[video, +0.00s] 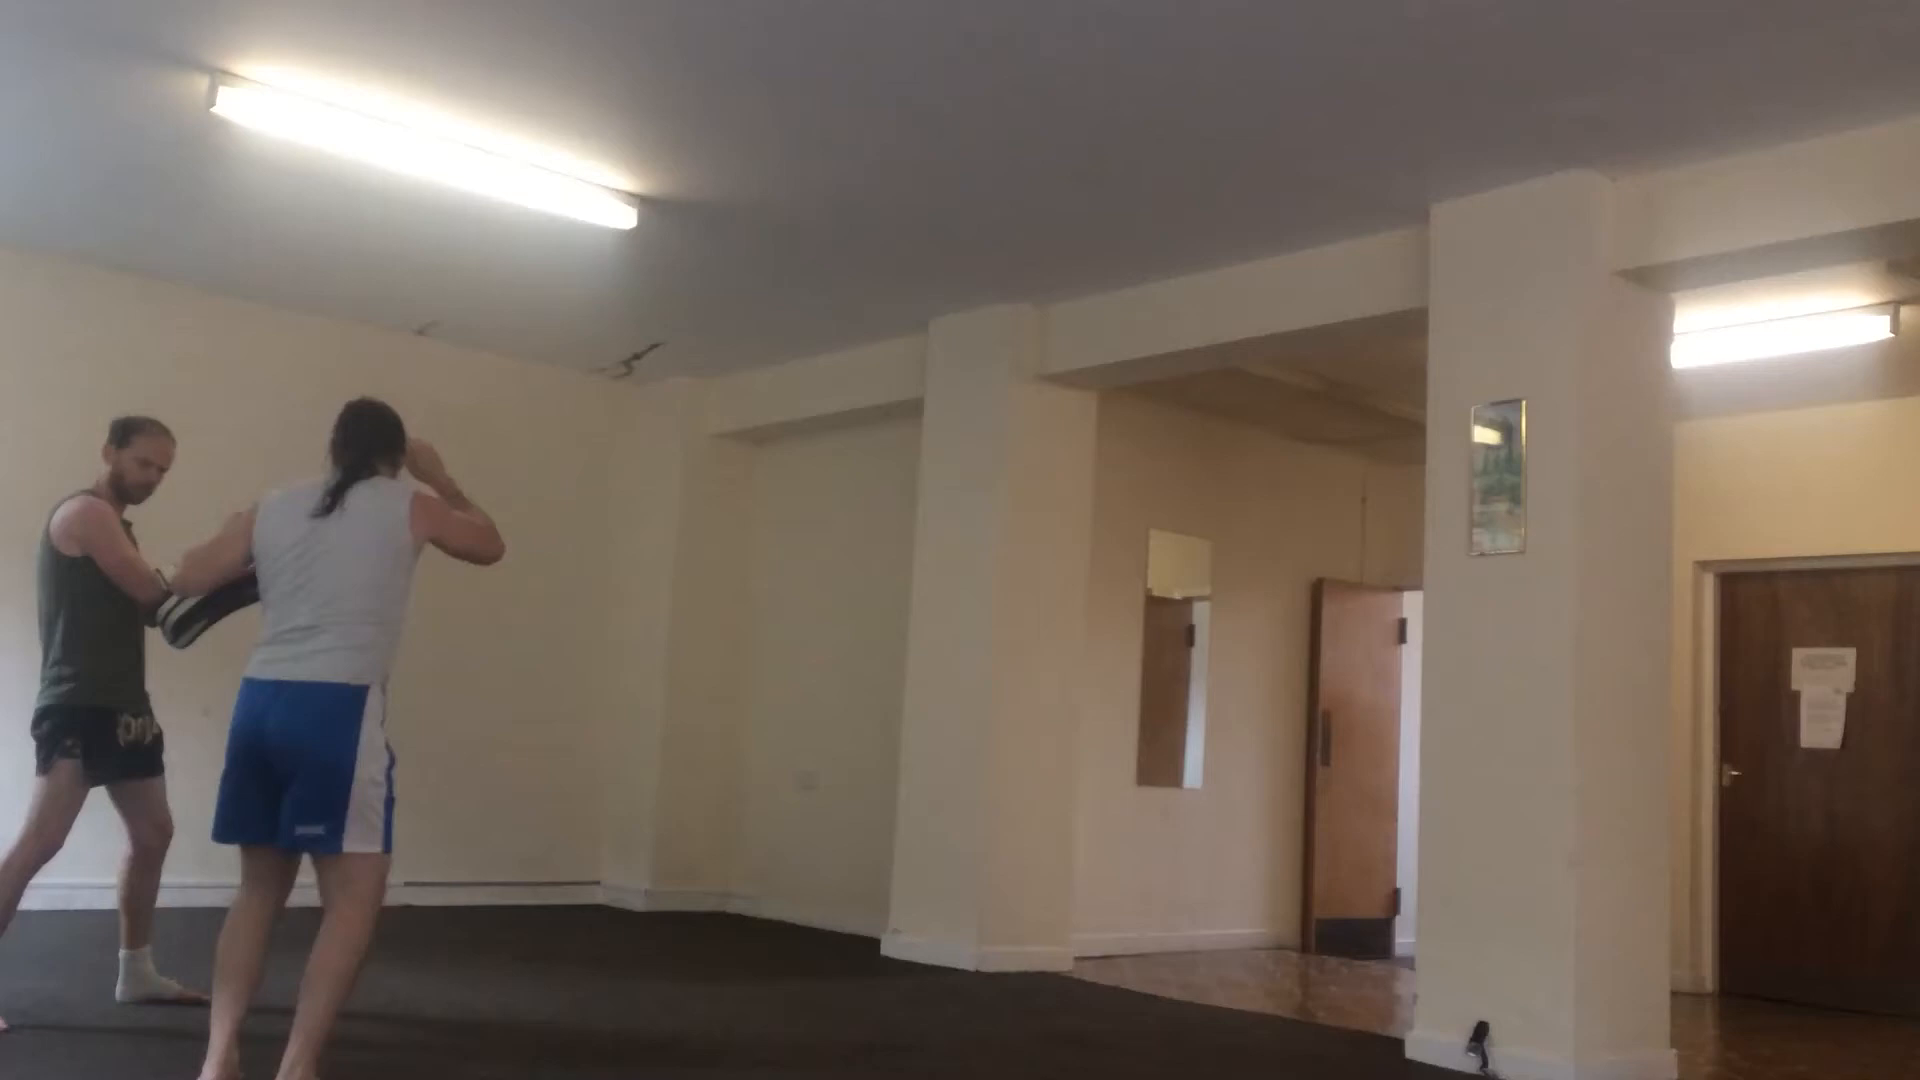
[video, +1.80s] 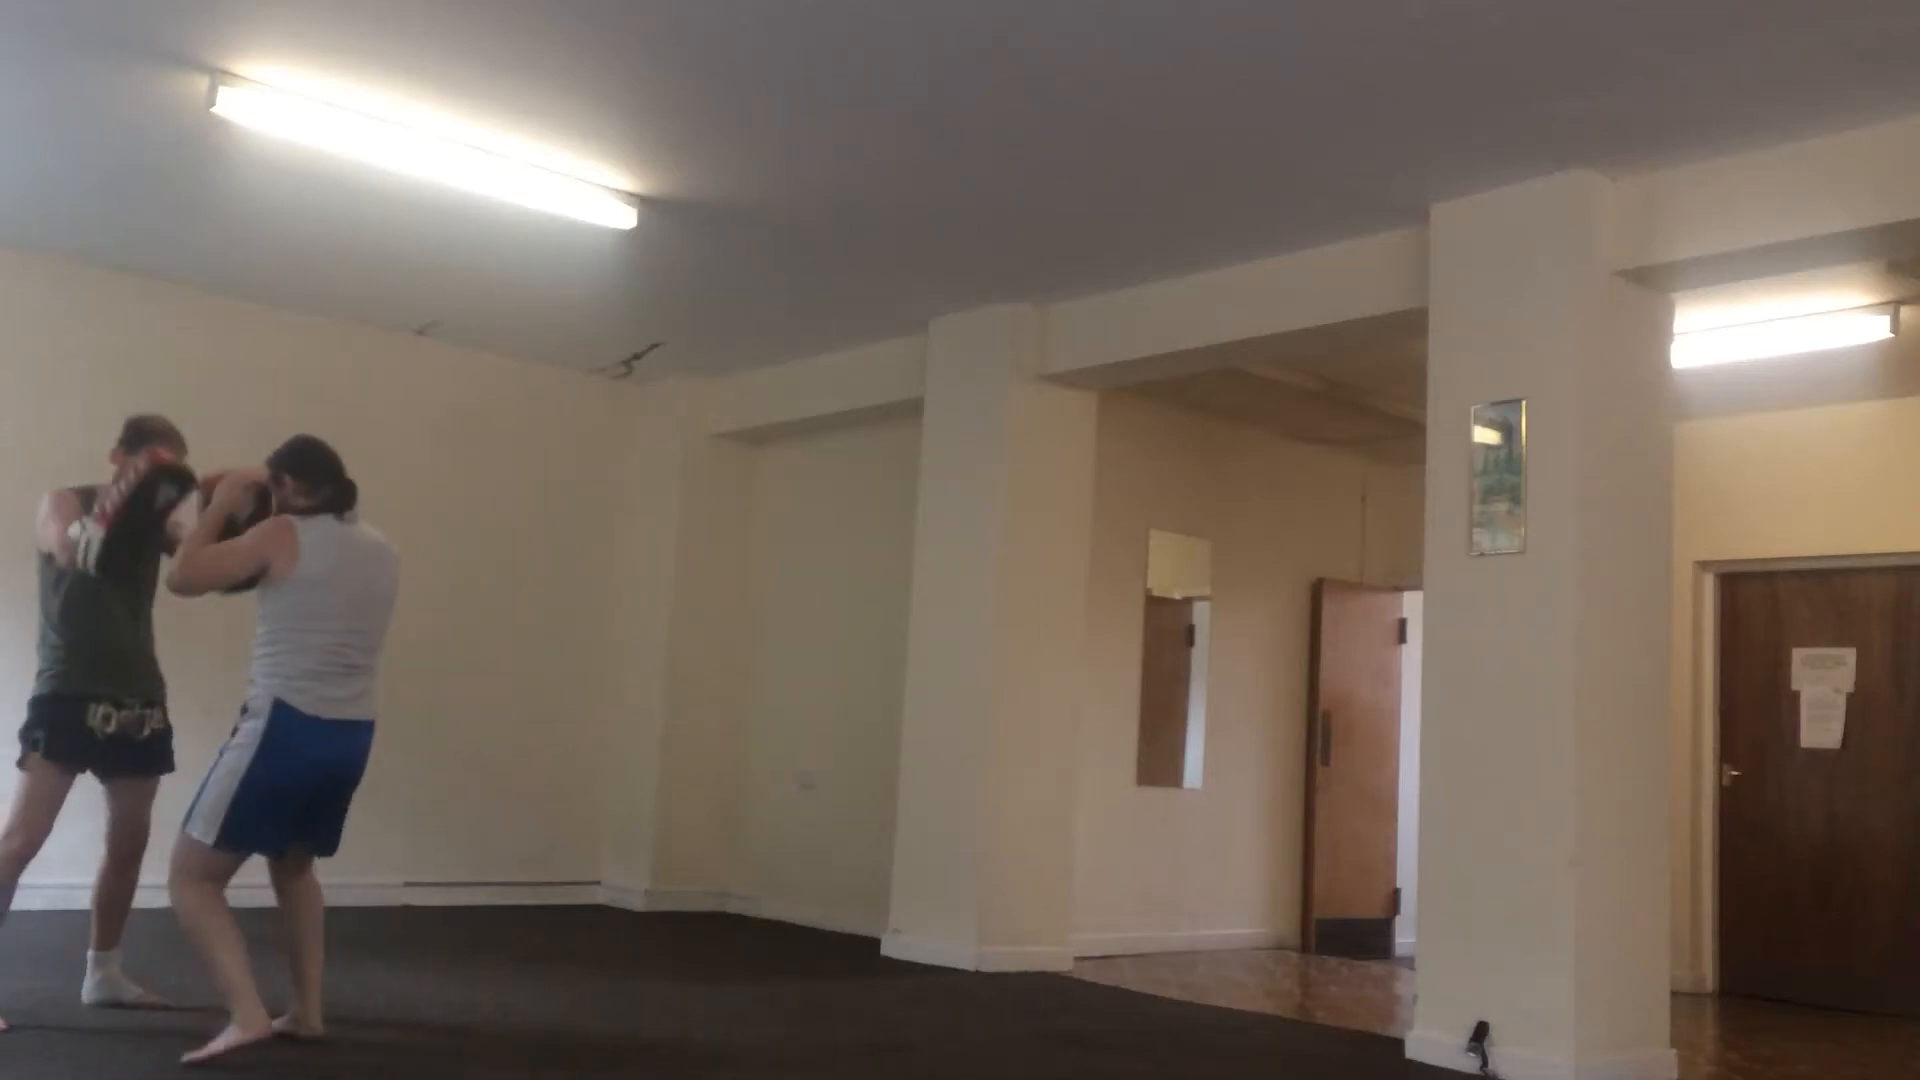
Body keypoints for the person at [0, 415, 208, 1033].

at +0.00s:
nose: (153, 478)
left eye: (161, 470)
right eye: (146, 464)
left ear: (156, 471)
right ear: (110, 454)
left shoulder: (114, 523)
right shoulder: (83, 514)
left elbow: (145, 605)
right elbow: (149, 593)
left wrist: (179, 590)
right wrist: (176, 580)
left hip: (125, 709)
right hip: (77, 708)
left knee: (153, 833)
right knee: (37, 842)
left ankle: (137, 973)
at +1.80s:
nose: (157, 483)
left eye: (168, 476)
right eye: (151, 470)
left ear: (169, 477)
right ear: (118, 459)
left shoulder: (156, 518)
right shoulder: (65, 501)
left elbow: (194, 539)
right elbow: (69, 550)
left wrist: (205, 493)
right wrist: (112, 506)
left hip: (137, 699)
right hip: (67, 695)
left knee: (128, 843)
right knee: (20, 841)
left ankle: (103, 971)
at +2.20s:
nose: (185, 478)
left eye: (196, 469)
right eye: (176, 466)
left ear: (206, 469)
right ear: (152, 457)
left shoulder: (207, 524)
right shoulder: (120, 510)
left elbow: (276, 577)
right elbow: (56, 547)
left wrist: (257, 509)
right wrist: (91, 467)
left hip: (165, 698)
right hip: (95, 687)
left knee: (138, 843)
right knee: (79, 826)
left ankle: (103, 974)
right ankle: (37, 978)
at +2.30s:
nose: (191, 477)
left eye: (203, 469)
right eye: (183, 464)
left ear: (213, 472)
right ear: (156, 457)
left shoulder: (215, 539)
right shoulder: (119, 517)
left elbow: (272, 625)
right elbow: (47, 574)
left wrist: (263, 568)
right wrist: (74, 512)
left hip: (169, 703)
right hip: (100, 691)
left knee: (139, 845)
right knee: (91, 826)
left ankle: (102, 973)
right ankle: (62, 981)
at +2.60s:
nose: (256, 488)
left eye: (266, 479)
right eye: (247, 473)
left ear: (270, 486)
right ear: (214, 468)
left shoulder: (236, 547)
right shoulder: (160, 516)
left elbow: (201, 624)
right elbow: (69, 527)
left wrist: (234, 658)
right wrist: (30, 519)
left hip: (180, 718)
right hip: (119, 709)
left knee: (142, 856)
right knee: (109, 849)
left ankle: (103, 967)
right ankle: (72, 1004)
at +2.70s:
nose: (266, 479)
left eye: (272, 469)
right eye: (257, 465)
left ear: (266, 474)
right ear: (225, 461)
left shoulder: (227, 540)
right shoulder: (186, 509)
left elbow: (193, 615)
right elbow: (150, 498)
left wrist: (226, 650)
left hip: (171, 712)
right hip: (115, 705)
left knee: (155, 849)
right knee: (121, 850)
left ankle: (111, 954)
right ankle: (77, 1013)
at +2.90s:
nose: (250, 467)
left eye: (254, 453)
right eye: (241, 450)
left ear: (239, 451)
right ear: (202, 441)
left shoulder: (219, 512)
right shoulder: (158, 499)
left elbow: (199, 587)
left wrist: (236, 615)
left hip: (180, 699)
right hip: (121, 698)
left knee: (160, 836)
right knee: (116, 850)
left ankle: (101, 939)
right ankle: (75, 1017)